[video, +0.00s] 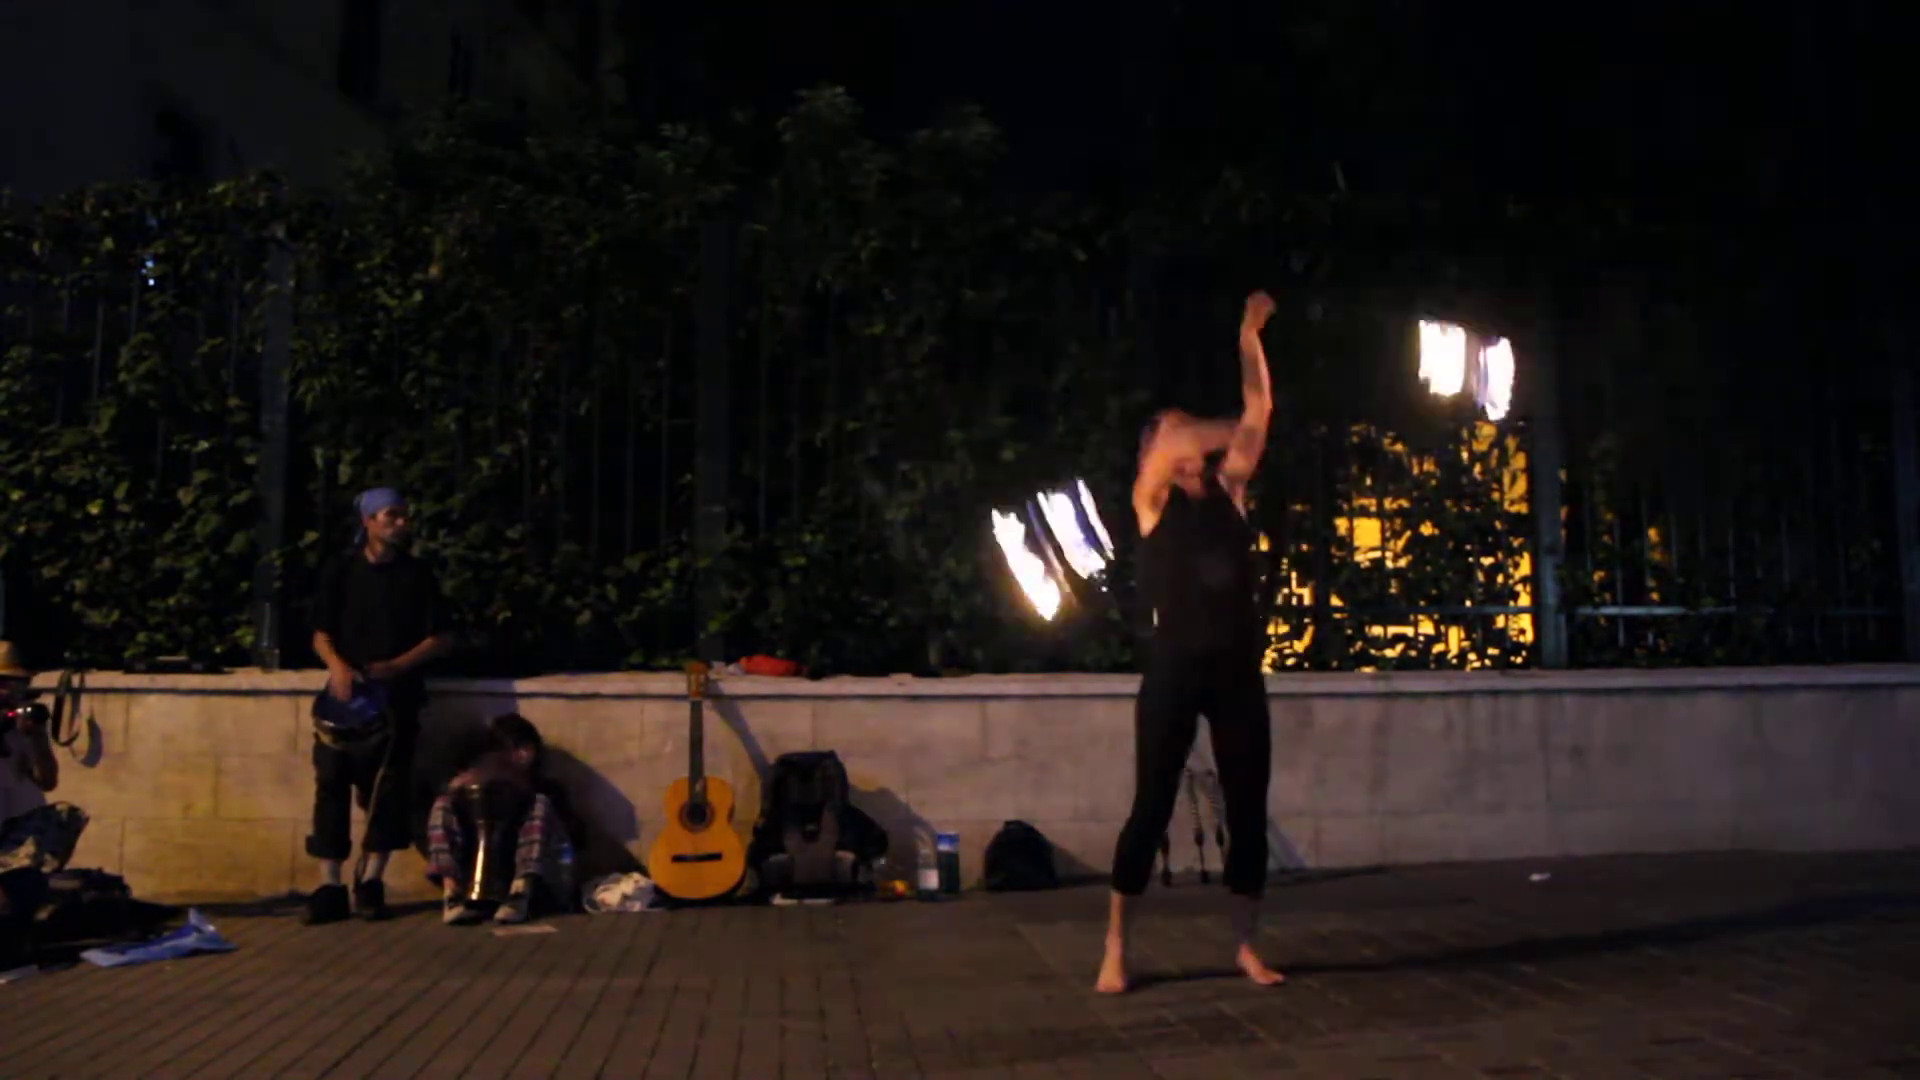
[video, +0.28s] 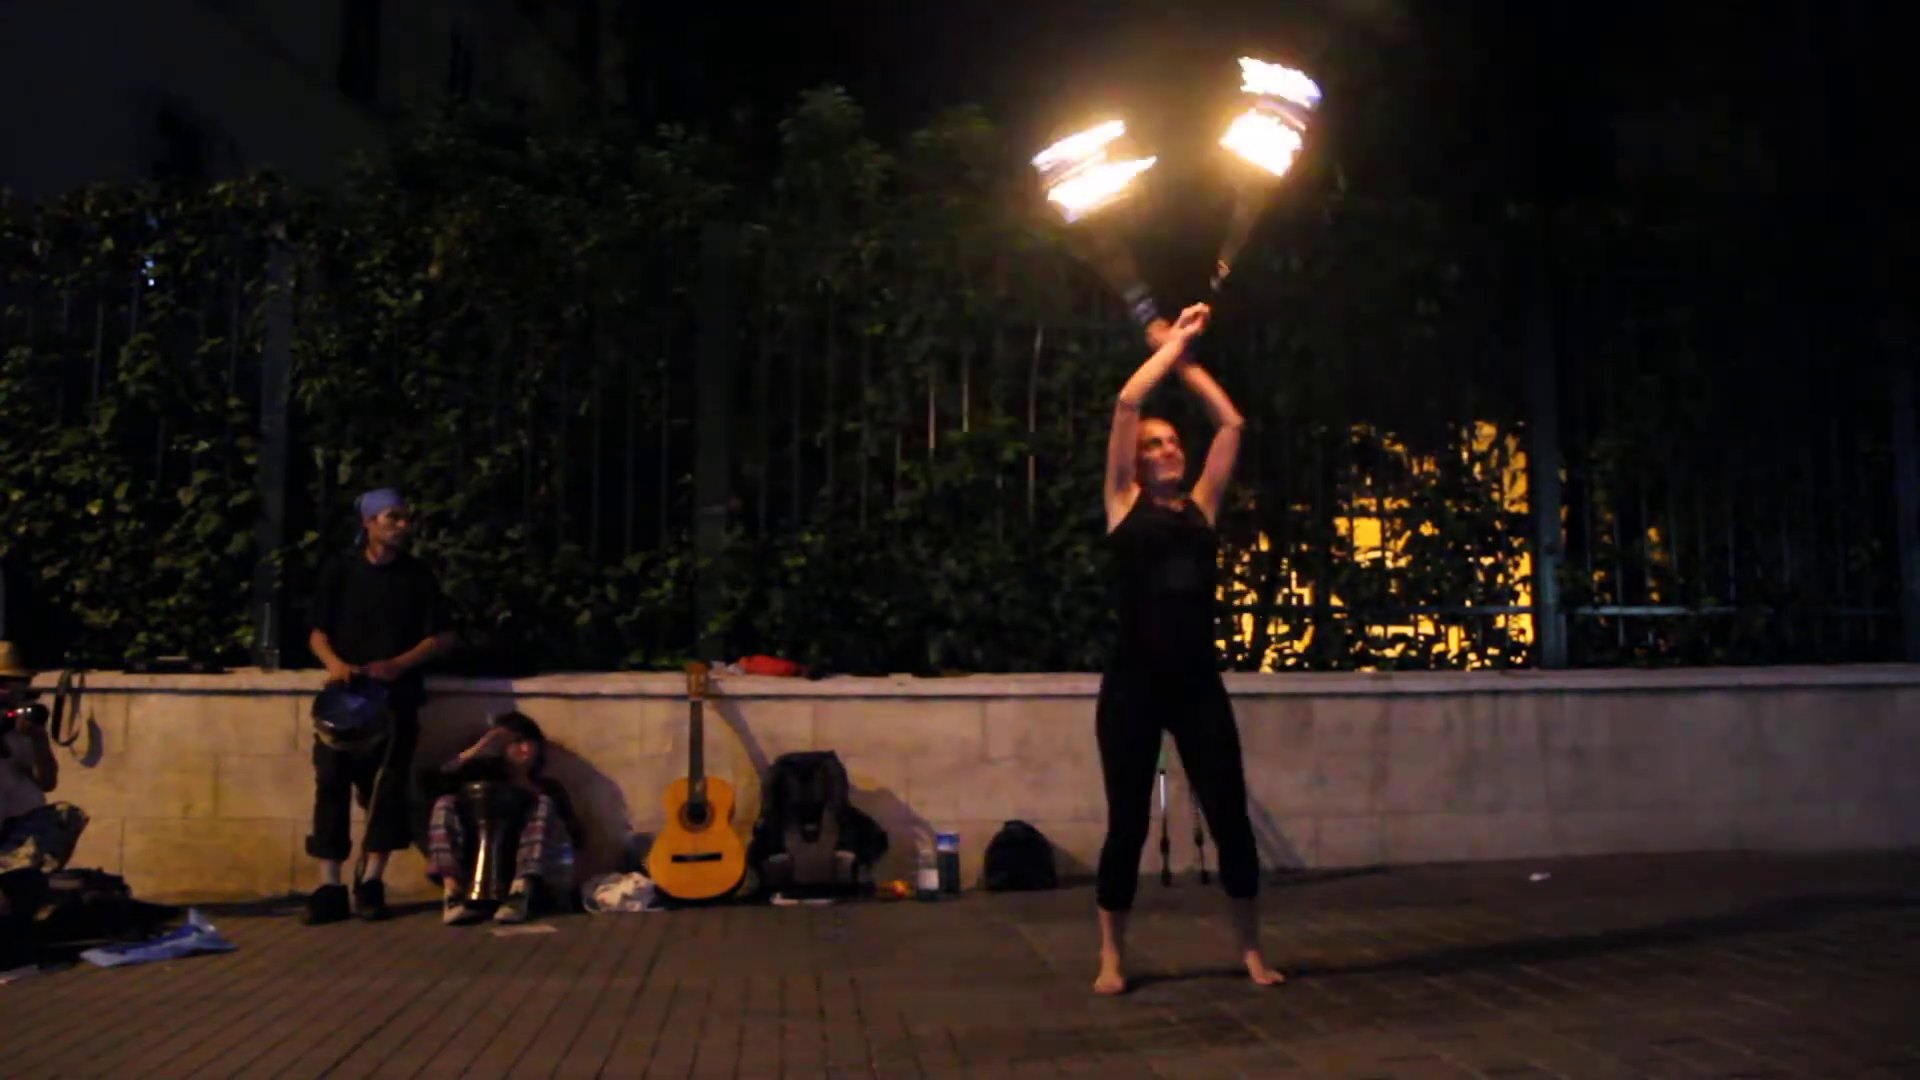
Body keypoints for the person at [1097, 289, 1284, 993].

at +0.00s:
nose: (1194, 441)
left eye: (1193, 433)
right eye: (1181, 434)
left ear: (1206, 445)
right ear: (1156, 447)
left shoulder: (1230, 487)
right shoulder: (1153, 501)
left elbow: (1259, 412)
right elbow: (1171, 442)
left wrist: (1248, 336)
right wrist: (1243, 429)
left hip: (1239, 669)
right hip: (1173, 670)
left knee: (1248, 811)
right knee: (1152, 808)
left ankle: (1246, 945)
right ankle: (1115, 946)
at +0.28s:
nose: (1163, 450)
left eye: (1170, 442)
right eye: (1150, 443)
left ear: (1184, 453)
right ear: (1134, 458)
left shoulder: (1200, 509)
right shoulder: (1124, 505)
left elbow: (1231, 425)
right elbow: (1127, 403)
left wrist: (1185, 360)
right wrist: (1177, 339)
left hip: (1197, 684)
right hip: (1131, 686)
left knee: (1230, 818)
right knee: (1127, 823)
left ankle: (1249, 949)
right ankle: (1110, 954)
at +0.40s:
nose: (1161, 462)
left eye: (1168, 455)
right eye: (1148, 456)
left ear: (1181, 468)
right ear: (1131, 469)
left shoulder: (1196, 520)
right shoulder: (1114, 514)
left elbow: (1214, 432)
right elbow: (1113, 406)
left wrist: (1154, 391)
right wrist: (1152, 351)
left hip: (1189, 690)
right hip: (1122, 692)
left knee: (1223, 821)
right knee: (1122, 830)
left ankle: (1247, 952)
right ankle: (1111, 956)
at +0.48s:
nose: (1157, 457)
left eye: (1163, 446)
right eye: (1145, 448)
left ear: (1177, 462)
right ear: (1126, 461)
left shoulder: (1190, 513)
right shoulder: (1114, 509)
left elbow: (1201, 426)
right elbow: (1107, 414)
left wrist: (1133, 406)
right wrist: (1138, 365)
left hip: (1186, 685)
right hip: (1120, 687)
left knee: (1222, 820)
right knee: (1120, 827)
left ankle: (1243, 948)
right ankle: (1110, 956)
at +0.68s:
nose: (1158, 436)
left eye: (1167, 428)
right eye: (1146, 428)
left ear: (1182, 441)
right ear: (1130, 442)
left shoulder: (1194, 492)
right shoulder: (1115, 486)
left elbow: (1188, 392)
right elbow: (1112, 412)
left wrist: (1123, 374)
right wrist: (1108, 352)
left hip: (1189, 660)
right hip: (1124, 663)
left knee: (1223, 798)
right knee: (1119, 808)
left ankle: (1248, 934)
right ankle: (1111, 951)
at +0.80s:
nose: (1163, 426)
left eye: (1172, 416)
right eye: (1150, 417)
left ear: (1186, 430)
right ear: (1132, 431)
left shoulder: (1199, 488)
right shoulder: (1121, 484)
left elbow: (1203, 403)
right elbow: (1120, 396)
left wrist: (1172, 357)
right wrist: (1125, 319)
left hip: (1195, 657)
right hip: (1129, 660)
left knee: (1227, 795)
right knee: (1123, 803)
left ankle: (1249, 932)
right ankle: (1109, 947)